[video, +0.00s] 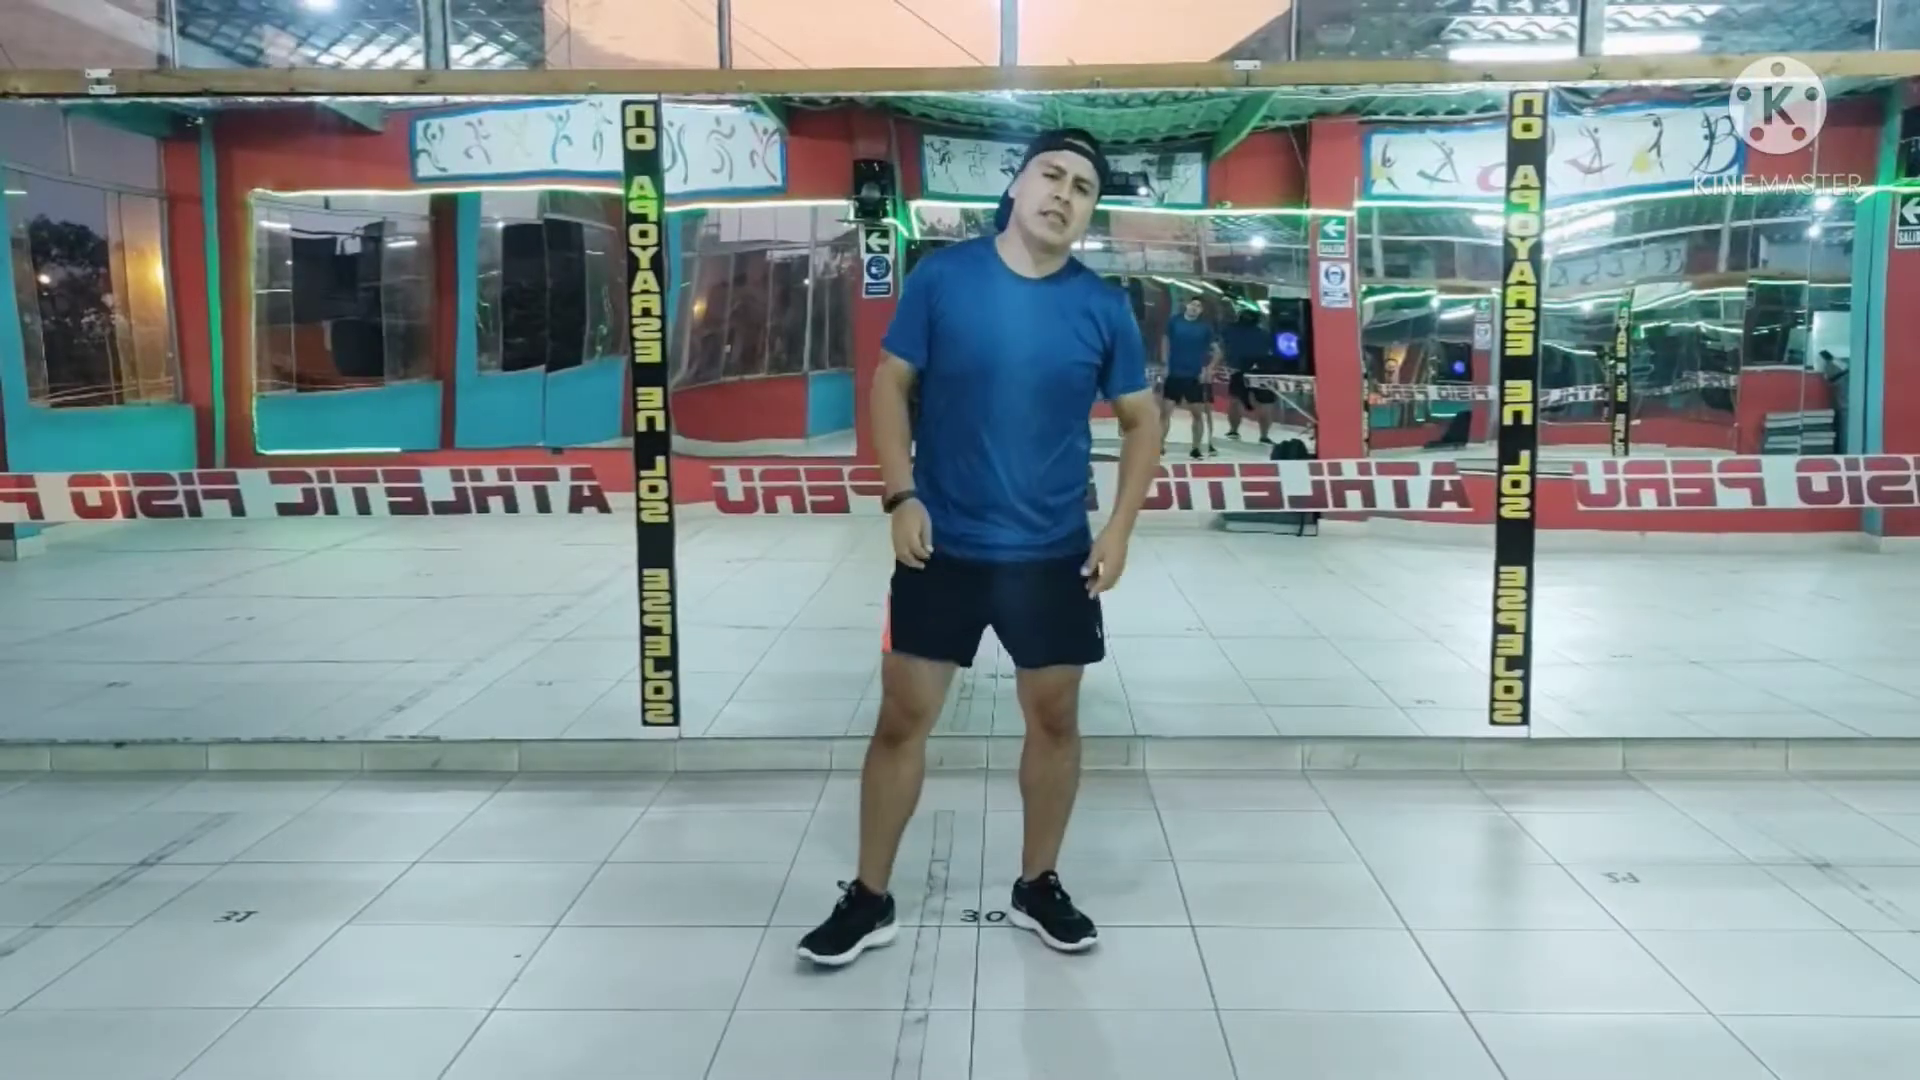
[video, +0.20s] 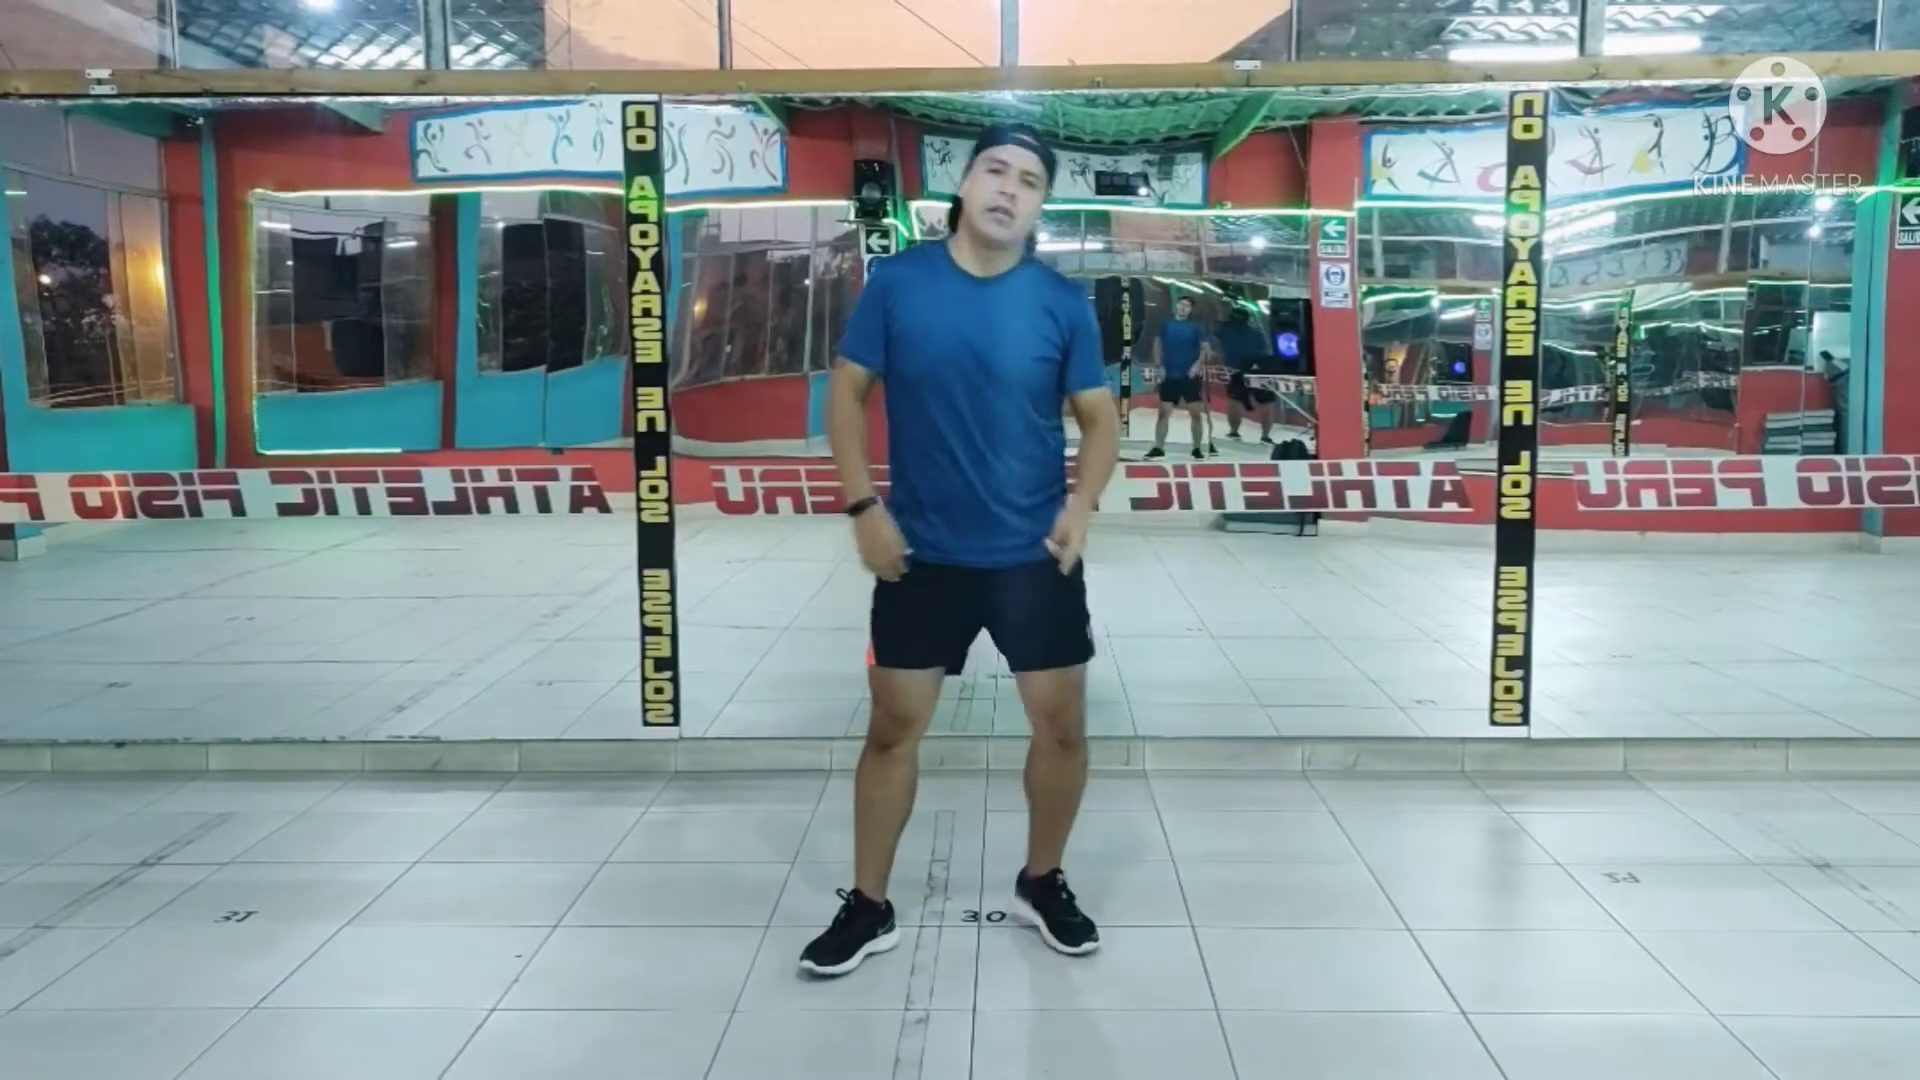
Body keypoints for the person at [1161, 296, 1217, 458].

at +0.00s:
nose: (1194, 308)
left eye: (1197, 306)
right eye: (1192, 305)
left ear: (1201, 310)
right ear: (1186, 306)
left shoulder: (1205, 327)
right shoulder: (1174, 322)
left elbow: (1217, 351)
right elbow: (1166, 341)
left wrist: (1209, 369)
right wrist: (1165, 365)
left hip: (1194, 375)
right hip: (1174, 372)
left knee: (1197, 413)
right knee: (1165, 410)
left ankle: (1196, 447)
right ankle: (1160, 443)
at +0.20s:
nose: (1183, 308)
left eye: (1186, 306)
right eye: (1181, 305)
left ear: (1191, 309)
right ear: (1176, 307)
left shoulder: (1196, 328)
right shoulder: (1165, 326)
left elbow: (1205, 349)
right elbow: (1157, 344)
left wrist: (1197, 366)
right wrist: (1158, 365)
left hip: (1190, 374)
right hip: (1169, 373)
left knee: (1195, 412)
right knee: (1163, 411)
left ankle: (1196, 447)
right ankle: (1158, 446)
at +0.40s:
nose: (1176, 308)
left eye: (1180, 305)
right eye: (1174, 305)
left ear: (1185, 309)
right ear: (1169, 307)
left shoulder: (1192, 328)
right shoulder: (1162, 327)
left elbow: (1199, 350)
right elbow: (1153, 347)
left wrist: (1187, 352)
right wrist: (1149, 364)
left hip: (1188, 376)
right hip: (1167, 376)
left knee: (1200, 412)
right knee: (1162, 412)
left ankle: (1208, 446)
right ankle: (1158, 447)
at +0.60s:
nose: (1178, 308)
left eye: (1182, 305)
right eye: (1176, 305)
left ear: (1188, 309)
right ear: (1172, 308)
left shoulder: (1196, 327)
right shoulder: (1165, 327)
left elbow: (1198, 348)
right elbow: (1157, 345)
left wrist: (1185, 344)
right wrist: (1148, 363)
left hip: (1190, 378)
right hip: (1170, 378)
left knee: (1201, 414)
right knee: (1162, 412)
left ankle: (1209, 448)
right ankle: (1159, 447)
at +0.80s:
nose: (1180, 308)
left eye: (1184, 305)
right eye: (1178, 305)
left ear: (1190, 309)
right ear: (1174, 308)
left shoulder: (1197, 326)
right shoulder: (1168, 326)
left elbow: (1200, 348)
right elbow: (1162, 347)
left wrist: (1187, 342)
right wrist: (1156, 369)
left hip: (1192, 378)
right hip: (1172, 377)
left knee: (1204, 415)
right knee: (1163, 412)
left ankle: (1222, 446)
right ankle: (1159, 447)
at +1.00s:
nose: (1180, 308)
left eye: (1184, 305)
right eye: (1178, 305)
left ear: (1191, 309)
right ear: (1174, 308)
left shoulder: (1197, 327)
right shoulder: (1168, 326)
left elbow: (1203, 349)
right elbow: (1162, 347)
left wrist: (1189, 342)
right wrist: (1159, 367)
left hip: (1191, 378)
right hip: (1171, 377)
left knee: (1203, 416)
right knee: (1164, 414)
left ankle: (1209, 449)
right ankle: (1160, 447)